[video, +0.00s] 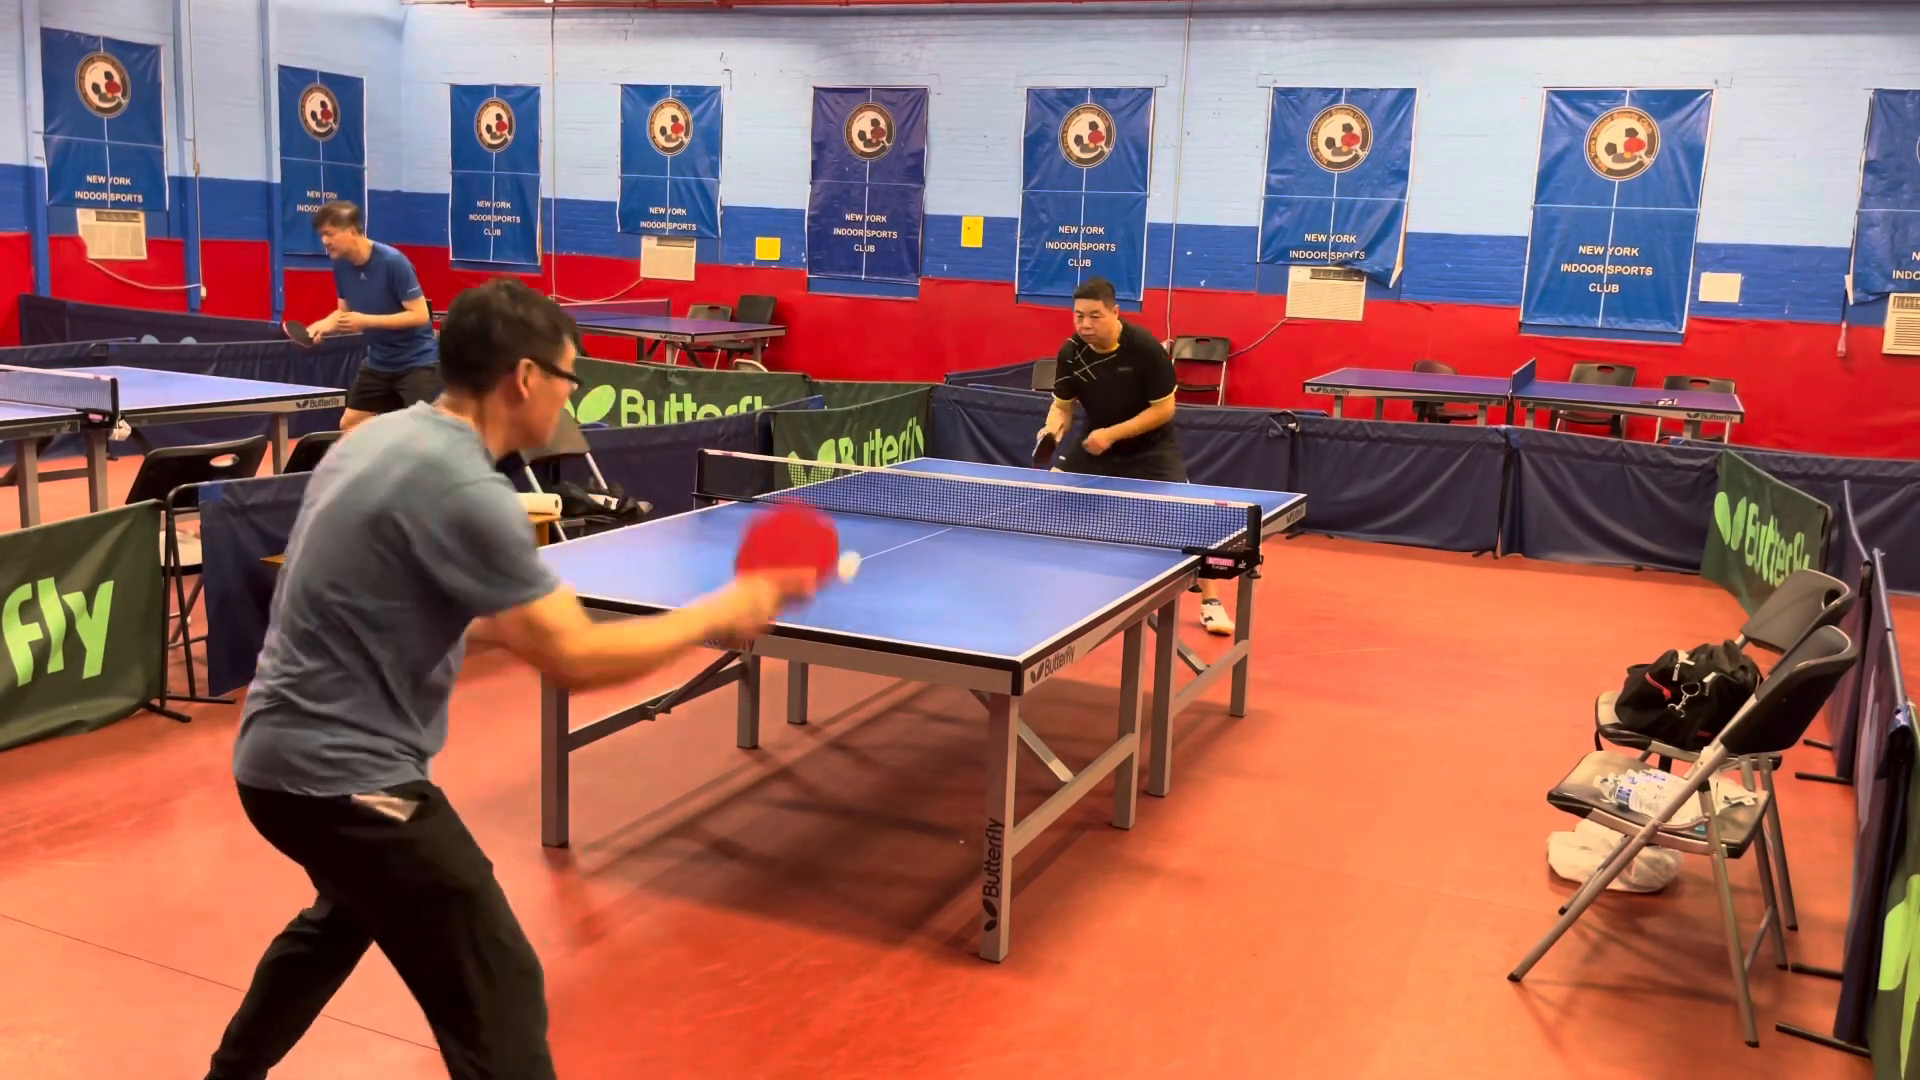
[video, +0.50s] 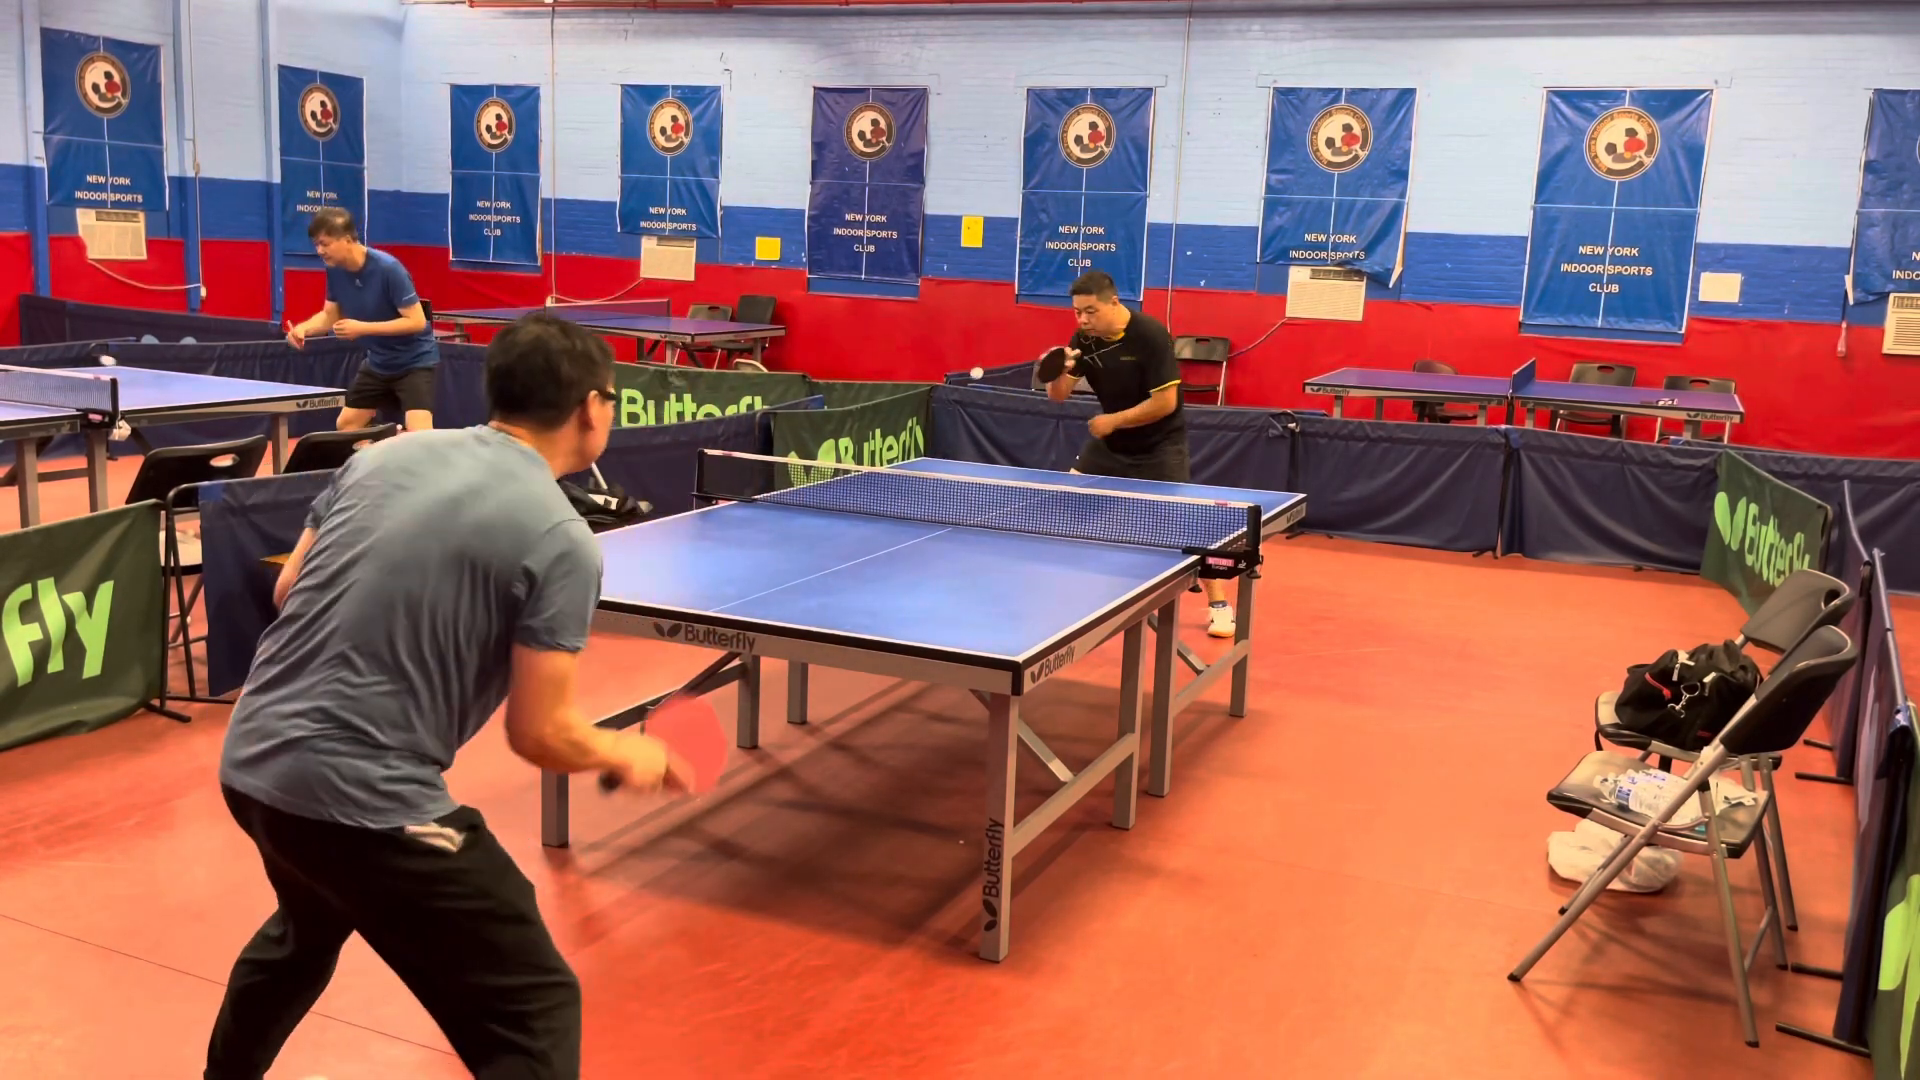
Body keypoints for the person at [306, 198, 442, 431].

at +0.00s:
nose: (324, 242)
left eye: (329, 234)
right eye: (322, 236)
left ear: (352, 231)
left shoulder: (394, 262)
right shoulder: (341, 265)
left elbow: (421, 316)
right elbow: (345, 311)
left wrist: (364, 321)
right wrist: (324, 325)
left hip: (417, 362)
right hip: (377, 362)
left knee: (424, 429)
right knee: (350, 425)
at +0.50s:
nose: (319, 251)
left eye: (324, 244)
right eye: (317, 245)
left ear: (347, 240)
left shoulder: (390, 269)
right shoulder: (335, 271)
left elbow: (417, 322)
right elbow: (331, 315)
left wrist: (363, 328)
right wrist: (304, 327)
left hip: (415, 360)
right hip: (377, 361)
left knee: (419, 433)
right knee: (346, 424)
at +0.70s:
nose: (319, 267)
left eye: (323, 260)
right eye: (316, 261)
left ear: (346, 254)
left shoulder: (389, 278)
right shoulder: (328, 280)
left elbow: (421, 329)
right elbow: (312, 319)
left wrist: (368, 341)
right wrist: (292, 334)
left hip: (419, 361)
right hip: (378, 362)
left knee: (419, 431)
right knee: (342, 425)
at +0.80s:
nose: (321, 264)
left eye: (326, 256)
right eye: (318, 258)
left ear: (348, 251)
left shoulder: (393, 276)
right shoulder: (327, 274)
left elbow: (423, 327)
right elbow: (296, 303)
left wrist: (371, 338)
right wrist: (269, 314)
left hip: (418, 362)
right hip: (377, 364)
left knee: (419, 430)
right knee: (341, 425)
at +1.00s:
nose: (325, 257)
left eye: (330, 250)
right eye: (322, 251)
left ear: (352, 245)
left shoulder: (392, 271)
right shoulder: (331, 266)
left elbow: (420, 326)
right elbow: (298, 290)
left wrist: (372, 333)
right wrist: (270, 299)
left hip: (411, 352)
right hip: (379, 353)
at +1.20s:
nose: (327, 251)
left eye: (332, 244)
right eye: (325, 245)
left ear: (355, 242)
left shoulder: (397, 270)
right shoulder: (336, 268)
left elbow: (415, 324)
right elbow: (314, 308)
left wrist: (371, 331)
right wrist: (291, 319)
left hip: (411, 361)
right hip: (376, 360)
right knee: (356, 420)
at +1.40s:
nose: (325, 254)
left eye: (329, 247)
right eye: (323, 247)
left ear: (351, 243)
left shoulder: (396, 271)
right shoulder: (342, 272)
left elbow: (426, 324)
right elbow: (340, 314)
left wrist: (372, 332)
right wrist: (311, 332)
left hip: (423, 361)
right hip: (383, 361)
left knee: (420, 429)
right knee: (354, 426)